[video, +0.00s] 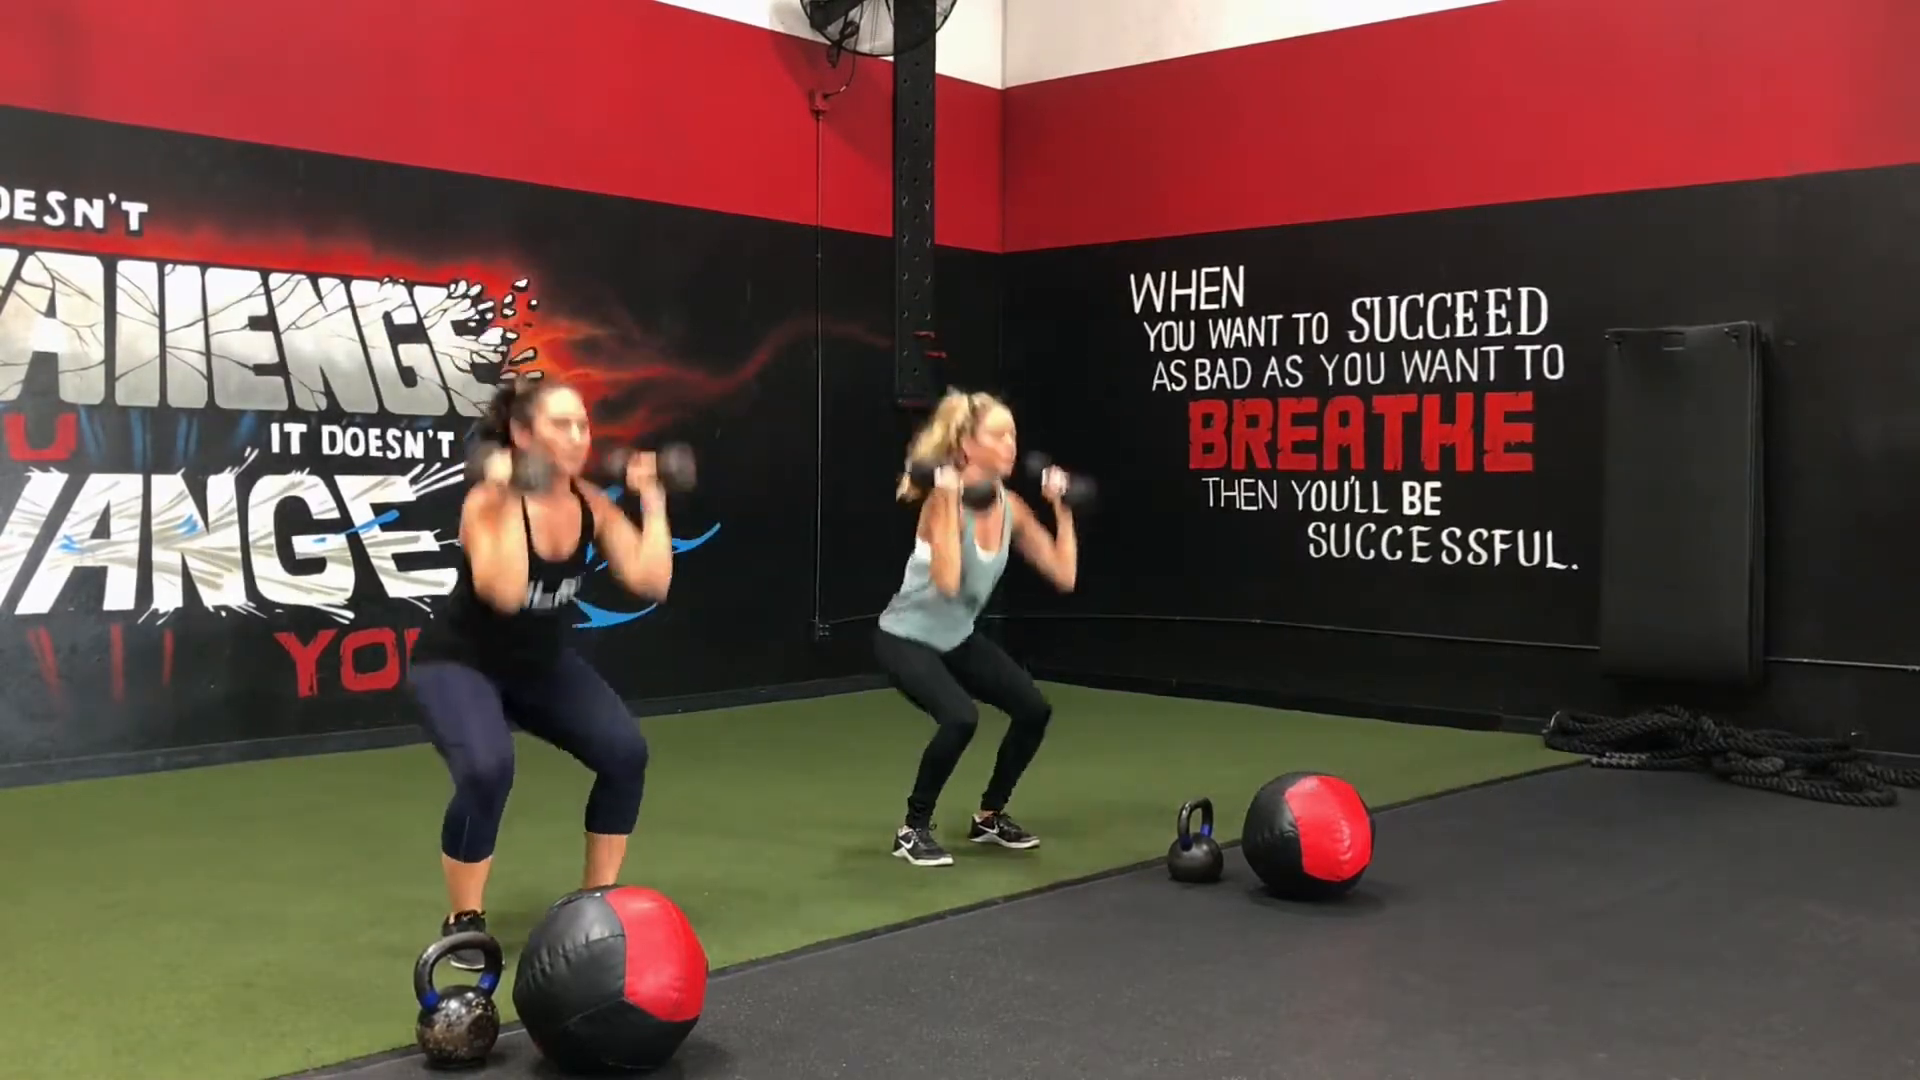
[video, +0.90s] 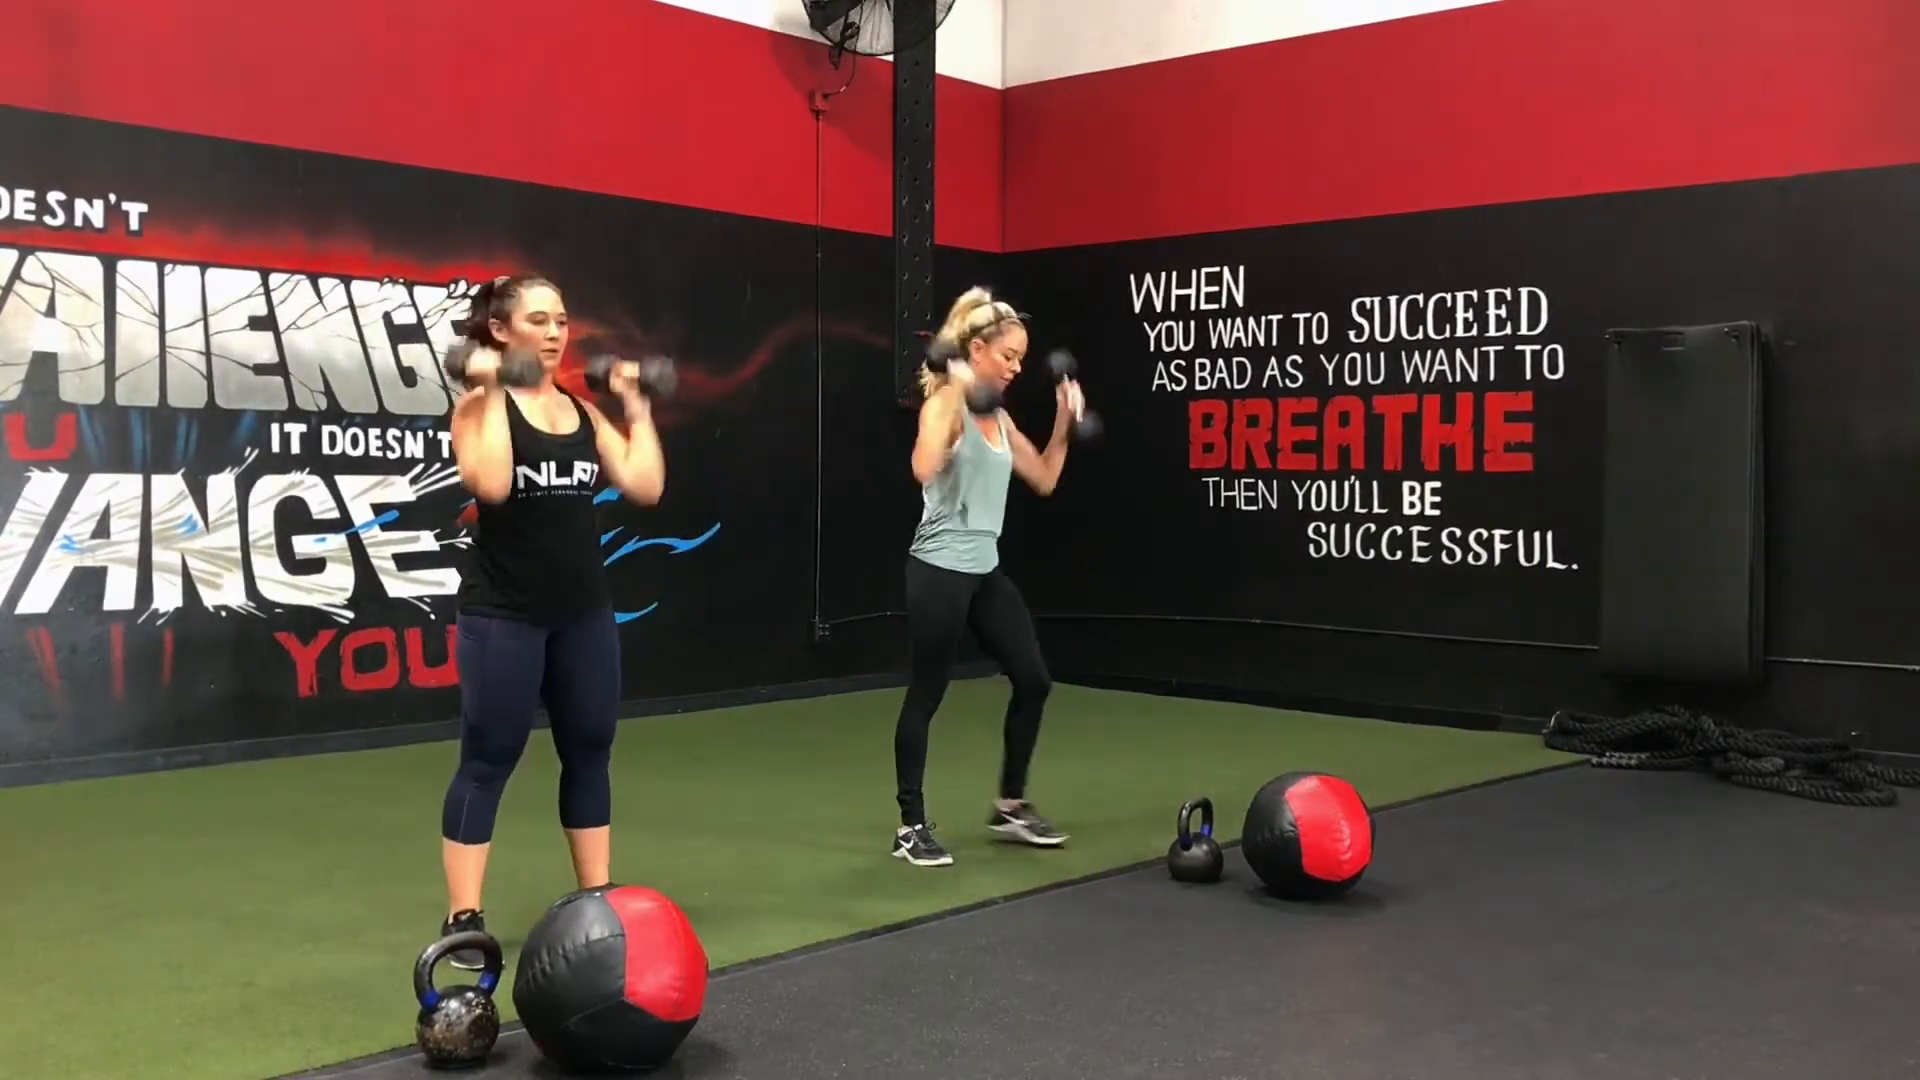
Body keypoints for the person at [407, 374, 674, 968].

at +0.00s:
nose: (579, 436)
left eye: (582, 424)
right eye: (563, 425)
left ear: (589, 432)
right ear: (521, 434)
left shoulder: (590, 503)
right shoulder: (489, 501)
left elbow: (651, 582)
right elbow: (505, 593)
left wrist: (652, 497)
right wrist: (506, 495)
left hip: (541, 663)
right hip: (458, 662)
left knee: (625, 752)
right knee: (487, 768)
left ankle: (594, 906)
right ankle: (465, 925)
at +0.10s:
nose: (589, 525)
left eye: (593, 513)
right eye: (573, 513)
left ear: (600, 519)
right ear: (532, 524)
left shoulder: (595, 581)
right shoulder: (493, 582)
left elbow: (641, 678)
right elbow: (501, 694)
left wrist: (648, 600)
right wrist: (513, 600)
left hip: (534, 717)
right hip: (451, 718)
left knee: (640, 763)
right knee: (493, 785)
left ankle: (597, 908)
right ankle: (465, 925)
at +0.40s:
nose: (579, 437)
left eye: (583, 426)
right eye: (564, 426)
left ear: (589, 434)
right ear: (521, 434)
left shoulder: (594, 497)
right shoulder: (489, 499)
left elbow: (660, 572)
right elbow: (515, 586)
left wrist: (650, 487)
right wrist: (512, 489)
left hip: (543, 665)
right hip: (462, 666)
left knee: (634, 759)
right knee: (491, 773)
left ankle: (595, 908)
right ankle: (465, 925)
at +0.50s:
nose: (559, 344)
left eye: (565, 333)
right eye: (545, 332)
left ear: (571, 340)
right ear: (509, 338)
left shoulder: (583, 407)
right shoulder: (472, 409)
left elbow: (667, 426)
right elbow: (510, 425)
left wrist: (639, 342)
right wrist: (499, 332)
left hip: (563, 607)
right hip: (484, 609)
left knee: (606, 740)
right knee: (491, 751)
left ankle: (598, 909)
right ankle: (465, 923)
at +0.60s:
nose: (553, 326)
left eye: (559, 316)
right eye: (537, 314)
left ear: (567, 327)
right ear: (499, 321)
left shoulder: (577, 385)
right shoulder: (477, 389)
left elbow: (640, 318)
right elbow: (499, 305)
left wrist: (626, 224)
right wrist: (494, 204)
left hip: (578, 605)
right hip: (498, 606)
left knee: (582, 750)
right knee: (486, 756)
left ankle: (599, 904)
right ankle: (464, 920)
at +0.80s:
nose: (543, 329)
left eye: (550, 318)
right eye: (529, 317)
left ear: (558, 328)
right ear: (499, 327)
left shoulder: (574, 396)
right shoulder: (475, 403)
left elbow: (661, 381)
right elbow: (490, 365)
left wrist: (636, 297)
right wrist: (485, 274)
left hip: (580, 608)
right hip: (499, 611)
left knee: (585, 753)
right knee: (487, 761)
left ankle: (598, 905)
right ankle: (465, 922)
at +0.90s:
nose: (555, 331)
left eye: (561, 319)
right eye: (538, 320)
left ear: (568, 331)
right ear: (499, 331)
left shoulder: (581, 411)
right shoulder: (479, 406)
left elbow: (646, 487)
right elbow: (491, 484)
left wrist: (636, 406)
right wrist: (488, 391)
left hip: (583, 611)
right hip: (503, 613)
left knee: (590, 753)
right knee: (486, 762)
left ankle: (597, 906)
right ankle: (464, 921)